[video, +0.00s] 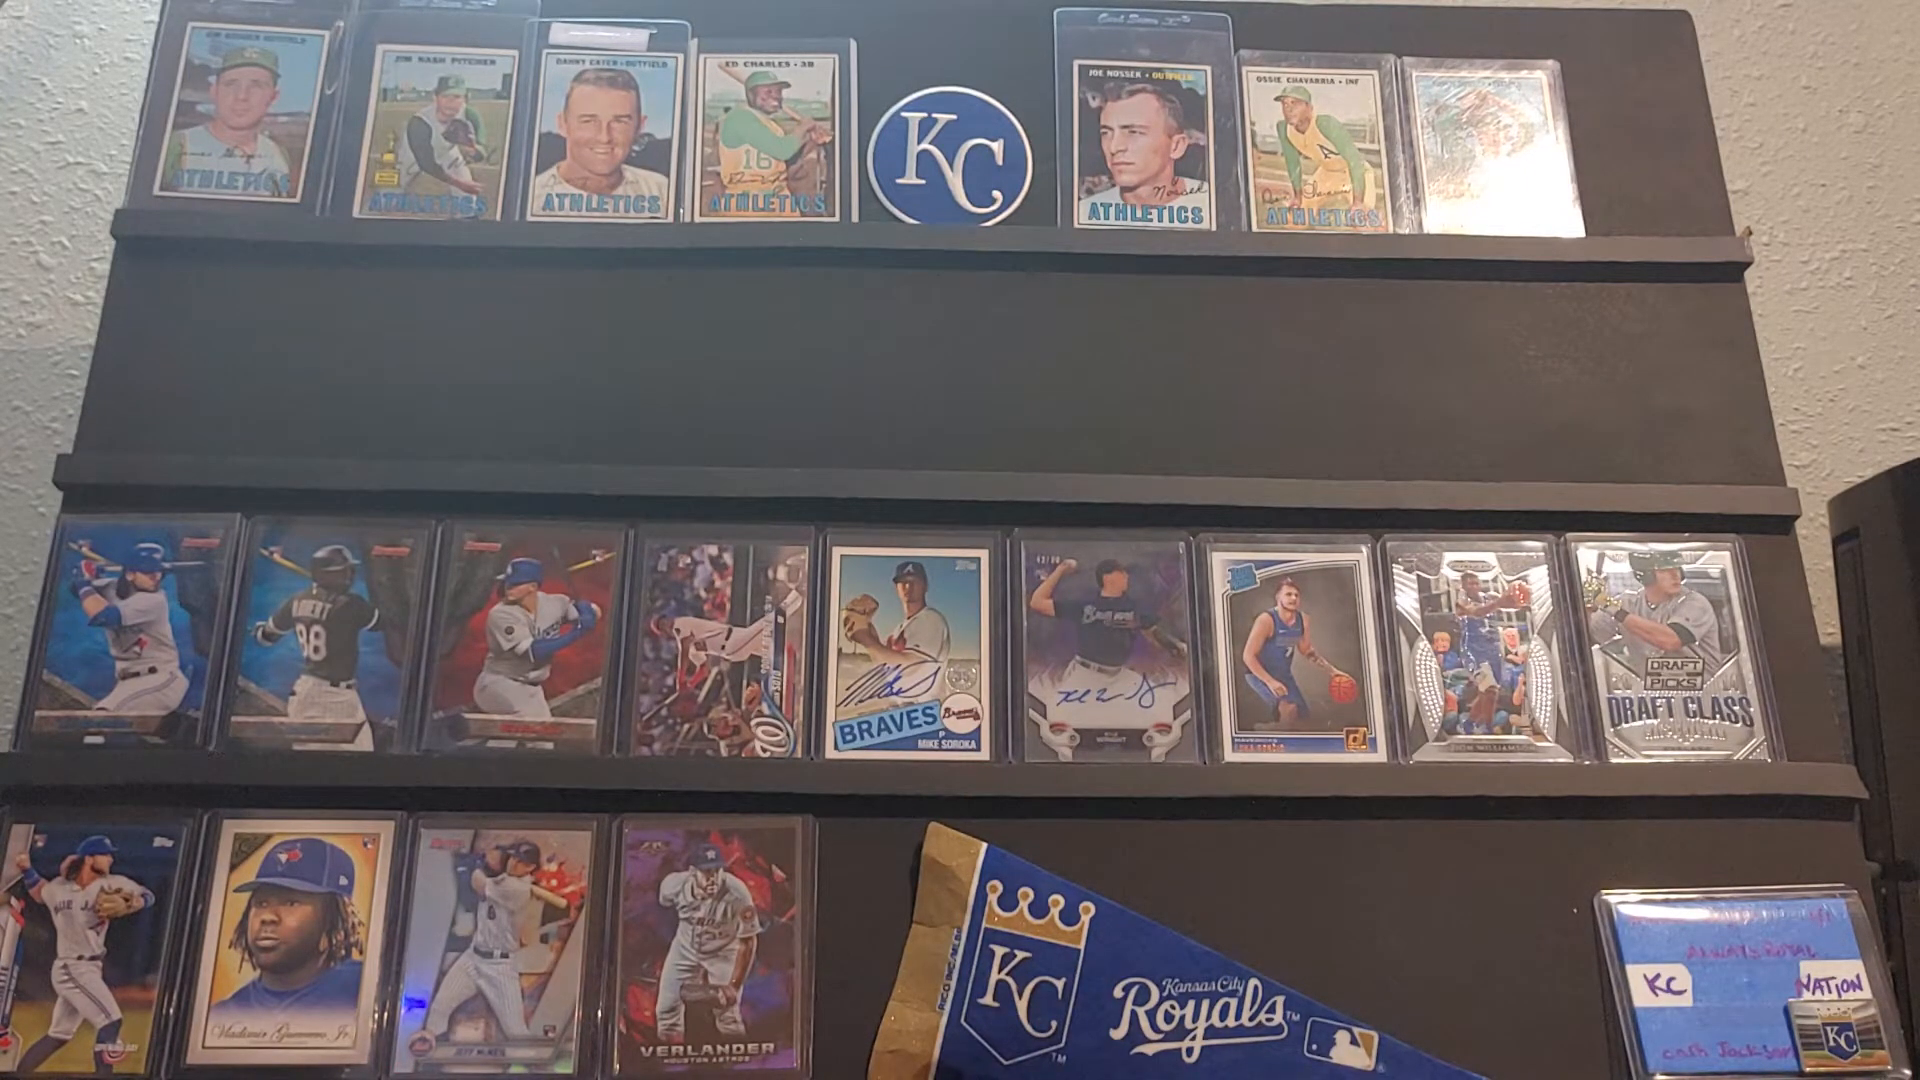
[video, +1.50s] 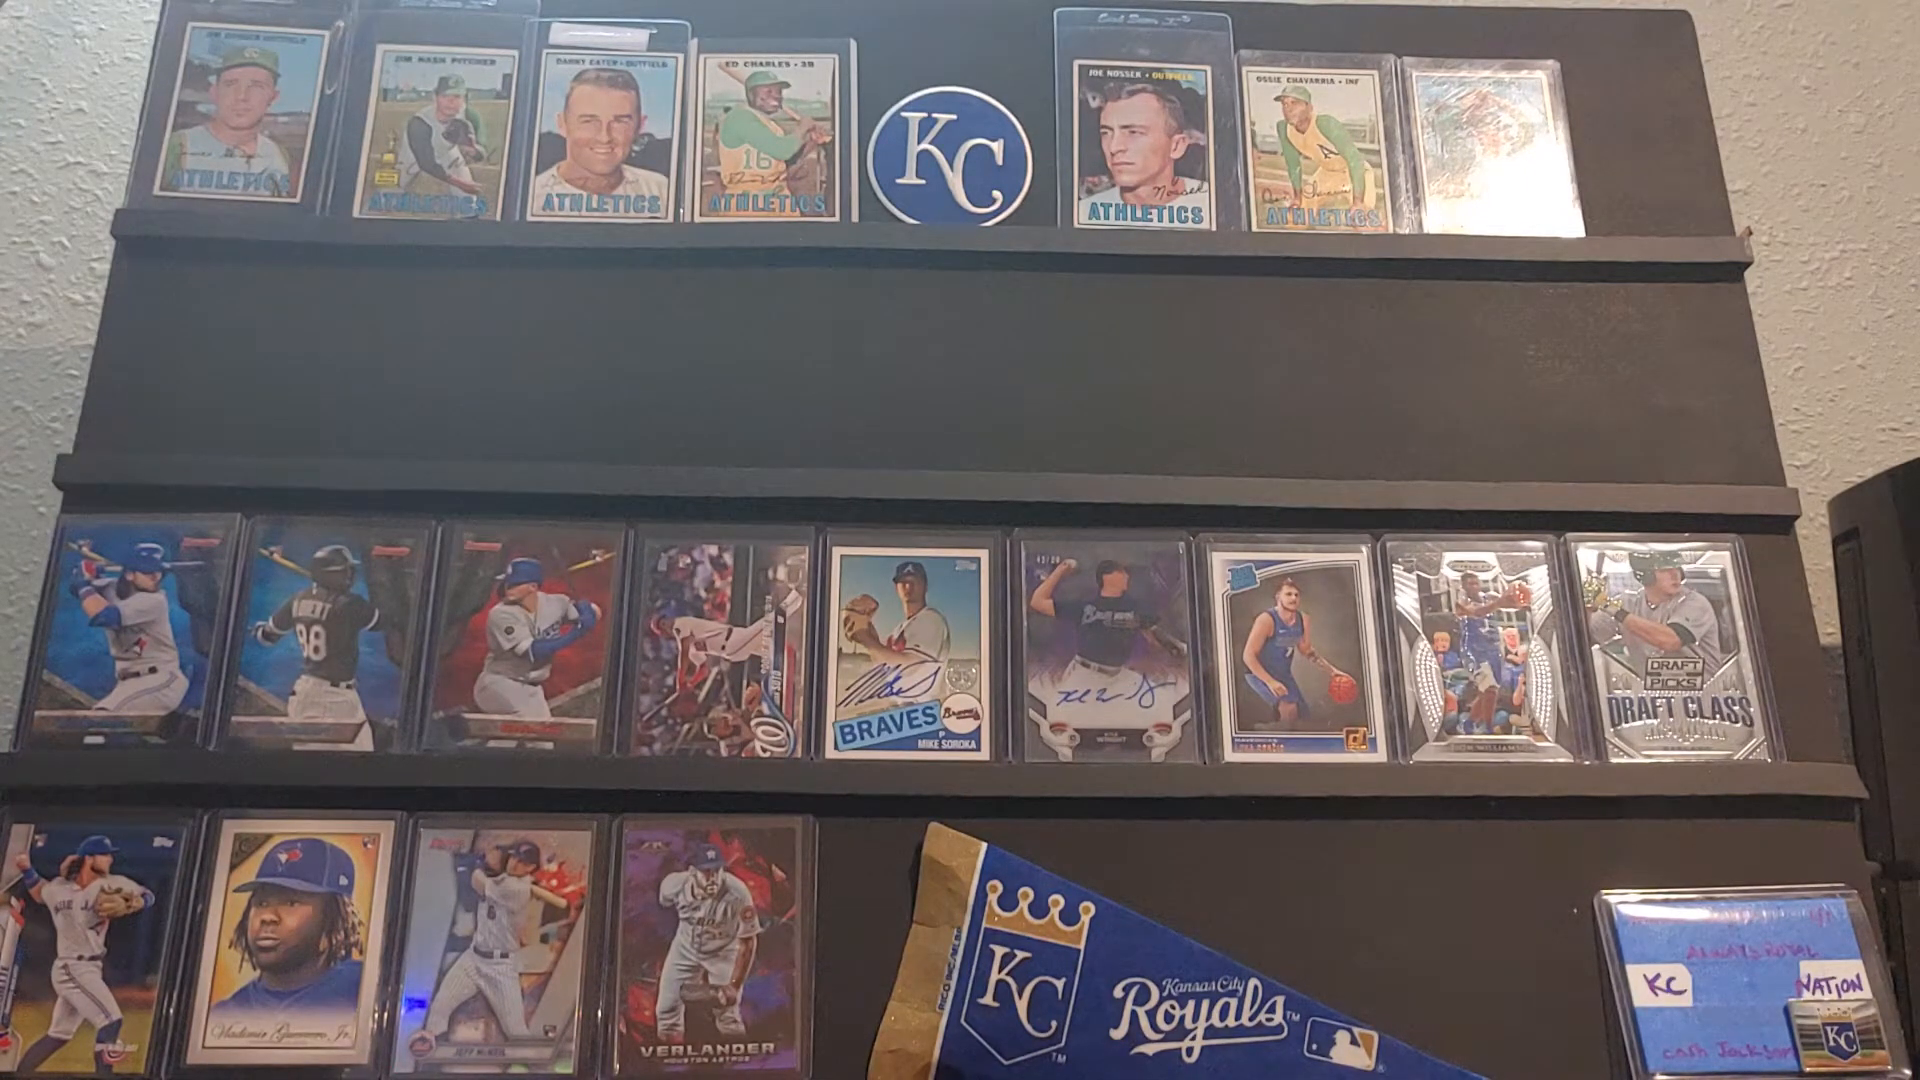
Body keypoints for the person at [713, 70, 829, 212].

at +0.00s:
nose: (776, 97)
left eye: (778, 92)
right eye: (769, 92)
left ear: (782, 93)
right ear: (752, 94)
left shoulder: (773, 126)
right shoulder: (739, 118)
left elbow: (785, 168)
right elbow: (783, 151)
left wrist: (811, 143)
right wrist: (803, 128)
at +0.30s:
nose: (776, 97)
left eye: (778, 92)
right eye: (769, 92)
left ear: (782, 93)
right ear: (752, 94)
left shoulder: (773, 126)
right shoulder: (739, 118)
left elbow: (785, 168)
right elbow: (783, 151)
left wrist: (811, 143)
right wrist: (803, 128)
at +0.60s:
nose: (776, 97)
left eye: (778, 92)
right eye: (769, 92)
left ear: (782, 93)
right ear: (752, 94)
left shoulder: (773, 126)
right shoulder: (739, 118)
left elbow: (785, 167)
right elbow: (782, 151)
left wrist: (811, 143)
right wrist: (803, 128)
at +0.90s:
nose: (776, 97)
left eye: (778, 92)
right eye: (769, 92)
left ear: (782, 93)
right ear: (752, 94)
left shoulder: (773, 126)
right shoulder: (739, 118)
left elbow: (785, 168)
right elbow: (783, 151)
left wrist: (811, 143)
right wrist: (803, 128)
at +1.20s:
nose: (776, 97)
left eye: (779, 92)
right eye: (769, 92)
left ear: (782, 94)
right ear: (751, 95)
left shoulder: (775, 128)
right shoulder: (738, 118)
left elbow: (784, 168)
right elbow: (783, 151)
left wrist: (810, 143)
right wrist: (802, 129)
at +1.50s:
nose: (776, 97)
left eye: (779, 92)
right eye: (768, 92)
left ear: (782, 94)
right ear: (751, 95)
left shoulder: (775, 128)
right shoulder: (738, 118)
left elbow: (784, 169)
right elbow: (782, 151)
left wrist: (811, 143)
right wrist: (802, 129)